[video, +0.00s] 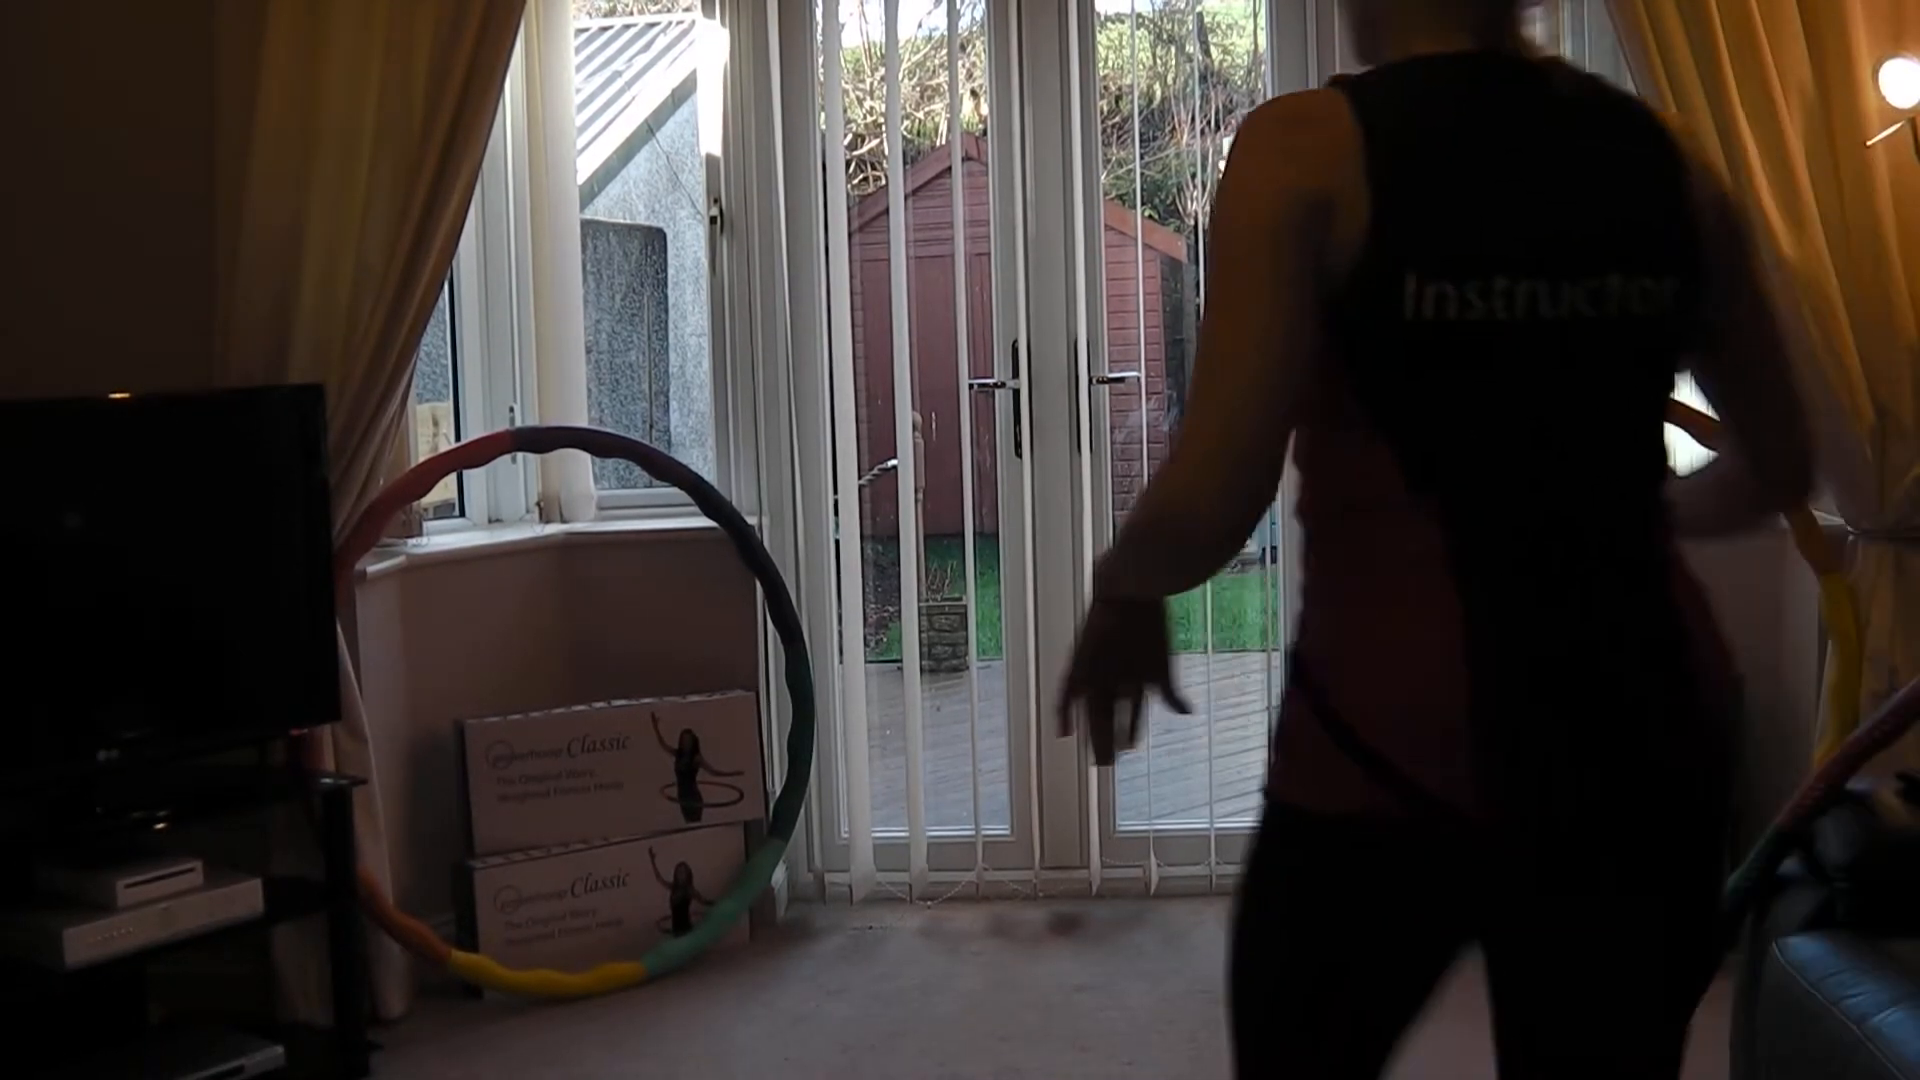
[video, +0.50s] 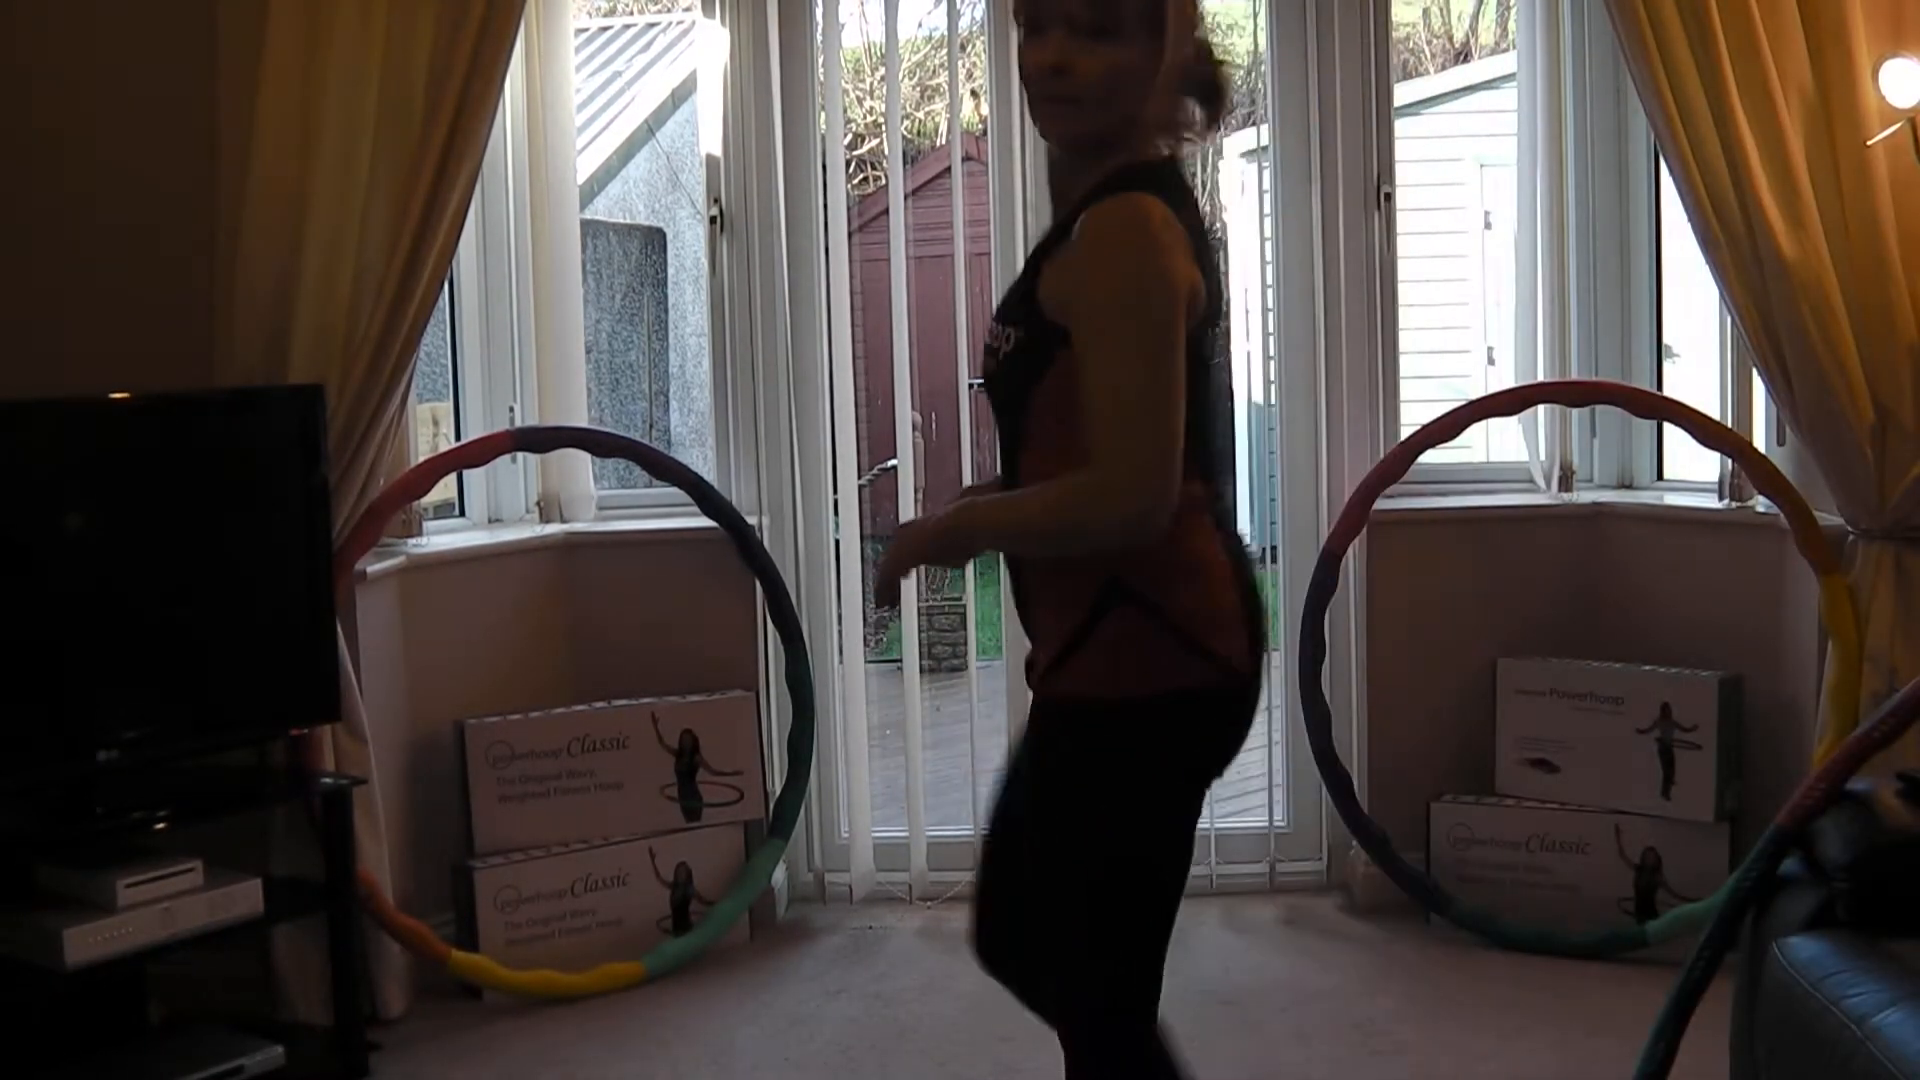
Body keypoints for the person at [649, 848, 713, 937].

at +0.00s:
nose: (681, 875)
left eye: (683, 872)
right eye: (679, 872)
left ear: (688, 874)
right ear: (675, 874)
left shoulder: (690, 889)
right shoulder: (673, 887)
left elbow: (702, 901)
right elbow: (659, 878)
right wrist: (652, 861)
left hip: (687, 926)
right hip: (675, 926)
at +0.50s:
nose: (681, 874)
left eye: (684, 871)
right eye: (679, 871)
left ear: (688, 873)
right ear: (675, 873)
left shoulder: (689, 889)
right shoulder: (673, 886)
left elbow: (702, 901)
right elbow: (658, 878)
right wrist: (653, 861)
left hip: (686, 922)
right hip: (675, 923)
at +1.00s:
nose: (681, 874)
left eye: (683, 871)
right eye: (679, 871)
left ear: (688, 873)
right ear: (675, 873)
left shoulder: (689, 889)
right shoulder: (673, 887)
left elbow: (703, 901)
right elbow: (659, 878)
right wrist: (653, 860)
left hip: (686, 923)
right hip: (675, 923)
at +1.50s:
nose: (681, 876)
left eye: (683, 873)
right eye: (679, 873)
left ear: (688, 874)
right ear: (675, 874)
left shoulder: (690, 889)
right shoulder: (673, 887)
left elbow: (703, 901)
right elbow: (658, 878)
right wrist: (653, 861)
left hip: (686, 923)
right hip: (675, 923)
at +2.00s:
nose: (681, 876)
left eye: (683, 873)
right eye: (678, 873)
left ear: (688, 874)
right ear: (675, 874)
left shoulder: (690, 889)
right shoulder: (673, 887)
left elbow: (702, 902)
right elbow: (658, 878)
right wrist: (652, 861)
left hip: (686, 924)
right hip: (675, 924)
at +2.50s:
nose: (681, 876)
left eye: (683, 873)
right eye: (678, 873)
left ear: (688, 875)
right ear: (675, 874)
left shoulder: (690, 889)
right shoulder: (673, 887)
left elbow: (702, 901)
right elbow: (658, 878)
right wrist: (652, 861)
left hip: (686, 924)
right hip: (675, 924)